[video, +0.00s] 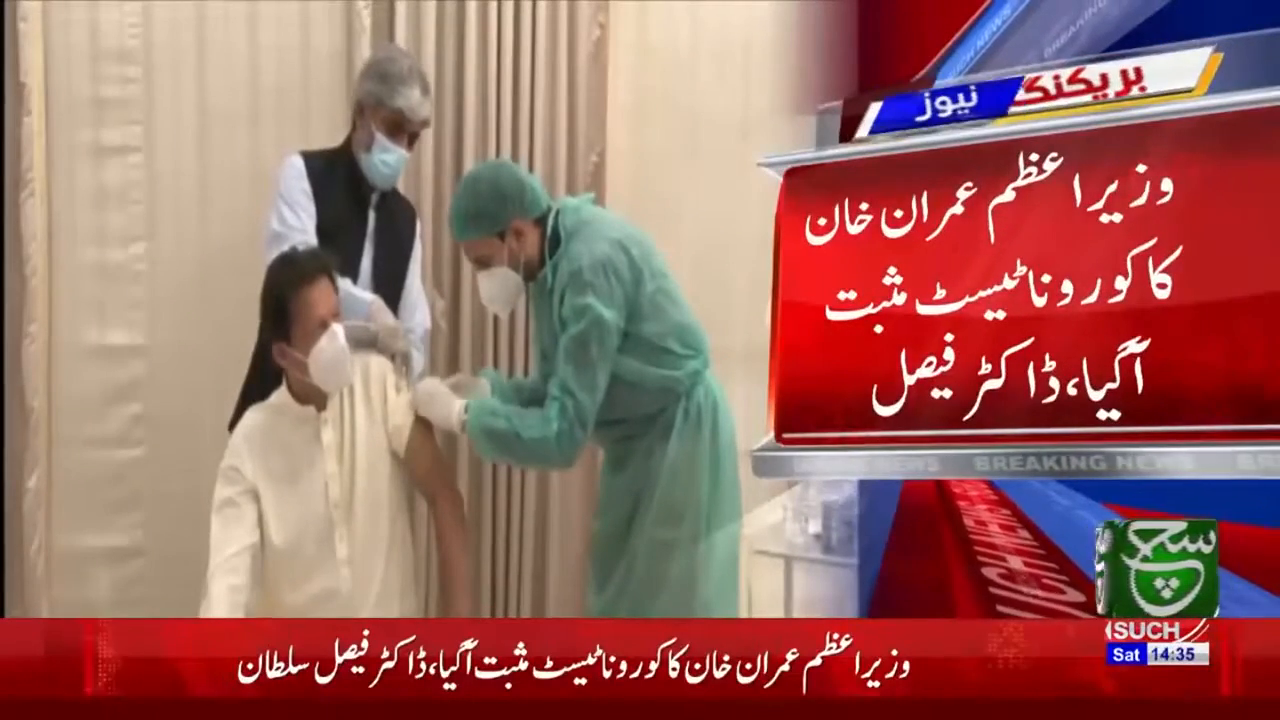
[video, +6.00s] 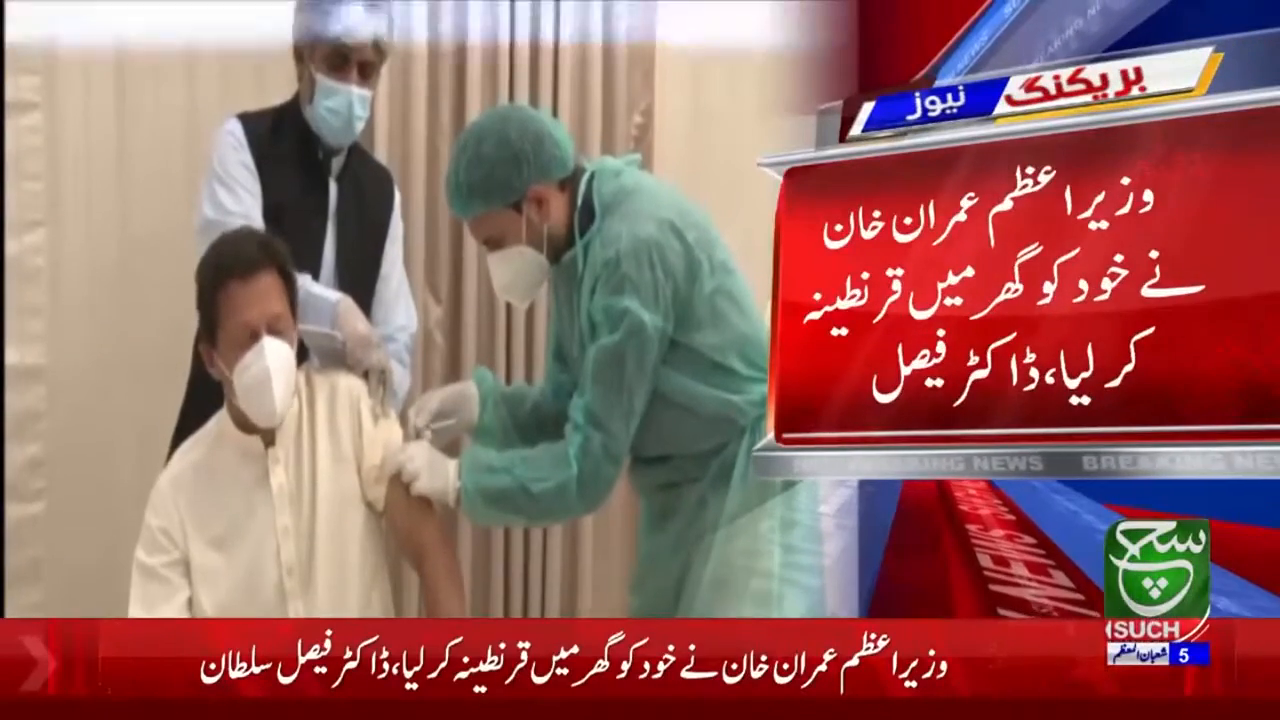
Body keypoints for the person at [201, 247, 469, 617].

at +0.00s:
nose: (337, 337)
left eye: (338, 320)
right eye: (320, 329)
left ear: (349, 320)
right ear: (283, 353)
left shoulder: (375, 381)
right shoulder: (254, 435)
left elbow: (444, 496)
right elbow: (230, 570)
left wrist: (459, 614)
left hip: (390, 619)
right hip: (293, 633)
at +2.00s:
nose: (333, 340)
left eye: (336, 323)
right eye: (316, 331)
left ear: (345, 320)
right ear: (280, 349)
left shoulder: (374, 380)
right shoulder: (253, 435)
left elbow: (441, 494)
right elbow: (229, 568)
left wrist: (459, 615)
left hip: (389, 618)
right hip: (294, 630)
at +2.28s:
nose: (337, 336)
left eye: (338, 318)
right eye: (319, 326)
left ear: (347, 316)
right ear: (281, 346)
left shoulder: (375, 381)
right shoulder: (253, 434)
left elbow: (442, 496)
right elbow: (227, 570)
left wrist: (458, 615)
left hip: (389, 618)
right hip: (293, 633)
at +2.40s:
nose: (260, 323)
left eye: (270, 303)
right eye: (238, 312)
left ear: (289, 310)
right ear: (208, 343)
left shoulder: (341, 386)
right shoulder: (178, 472)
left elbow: (431, 526)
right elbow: (153, 624)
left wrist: (457, 642)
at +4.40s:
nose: (265, 335)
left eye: (275, 313)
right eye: (244, 322)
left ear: (295, 316)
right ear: (212, 349)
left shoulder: (345, 394)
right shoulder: (179, 484)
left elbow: (431, 538)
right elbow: (159, 639)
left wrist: (454, 647)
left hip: (364, 674)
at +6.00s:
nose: (269, 351)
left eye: (277, 330)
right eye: (248, 339)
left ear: (296, 327)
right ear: (212, 359)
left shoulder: (346, 405)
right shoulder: (180, 487)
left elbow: (428, 544)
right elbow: (157, 639)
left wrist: (452, 650)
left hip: (364, 674)